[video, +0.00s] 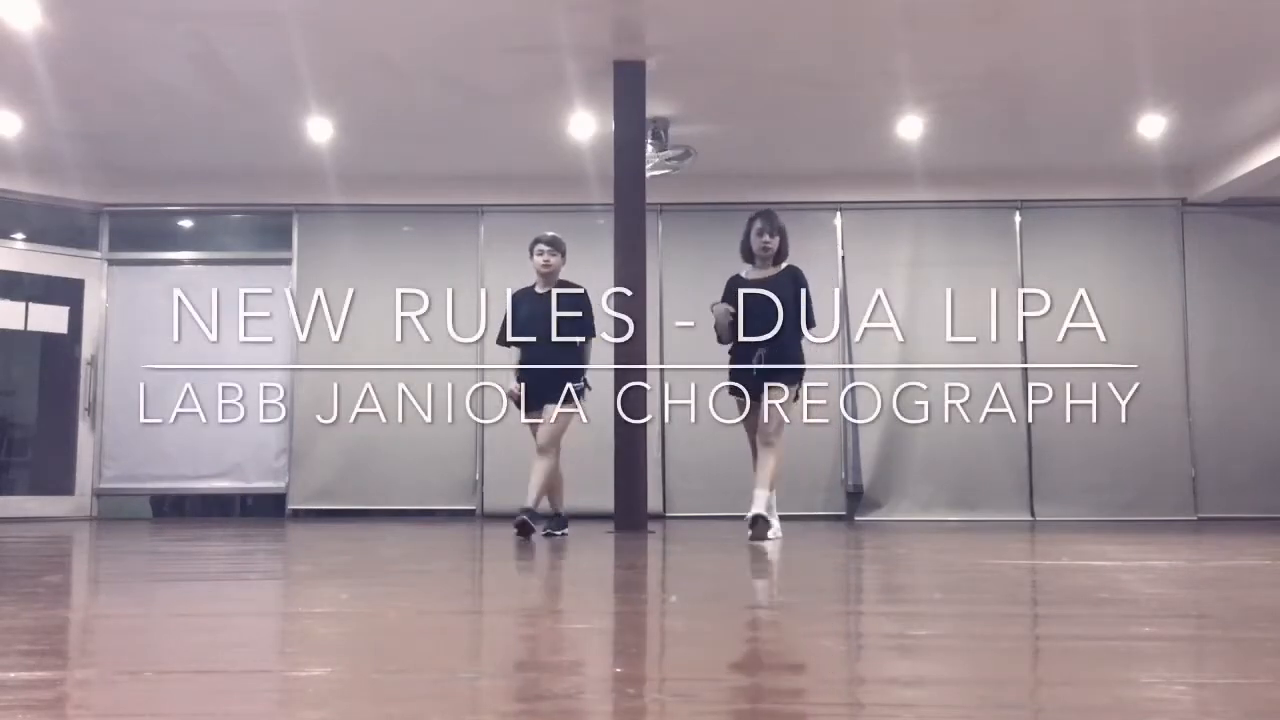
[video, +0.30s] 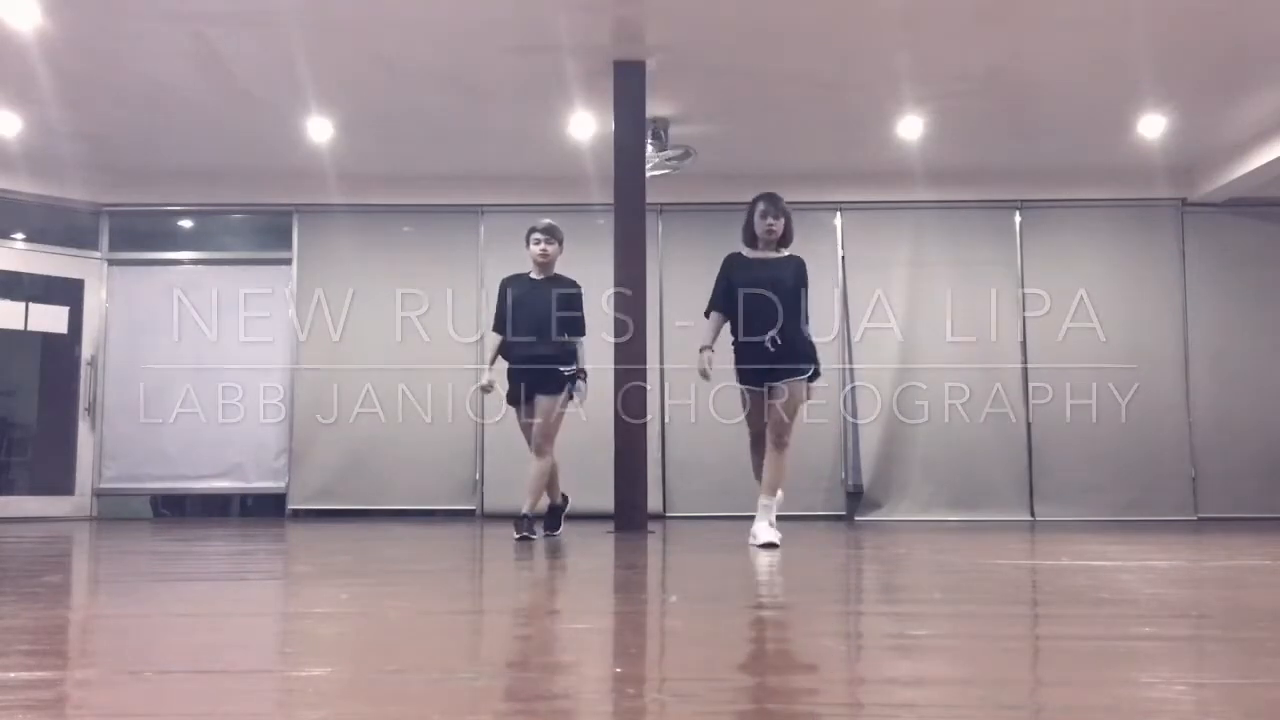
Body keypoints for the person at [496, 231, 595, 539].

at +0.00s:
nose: (546, 259)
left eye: (552, 254)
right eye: (540, 254)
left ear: (562, 260)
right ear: (532, 259)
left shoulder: (576, 295)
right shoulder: (519, 298)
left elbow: (585, 341)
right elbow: (518, 347)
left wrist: (581, 376)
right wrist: (514, 379)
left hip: (567, 382)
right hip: (531, 383)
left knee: (546, 445)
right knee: (546, 449)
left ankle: (527, 511)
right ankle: (558, 514)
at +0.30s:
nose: (542, 247)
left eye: (549, 242)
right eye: (536, 242)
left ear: (559, 248)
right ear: (527, 248)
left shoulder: (569, 288)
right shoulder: (510, 285)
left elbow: (576, 335)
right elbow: (499, 332)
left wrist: (580, 369)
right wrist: (487, 368)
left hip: (556, 371)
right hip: (519, 372)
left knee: (542, 443)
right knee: (537, 447)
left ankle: (526, 515)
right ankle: (557, 501)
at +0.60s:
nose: (541, 239)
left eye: (548, 234)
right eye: (535, 234)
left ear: (559, 240)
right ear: (526, 240)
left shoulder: (570, 283)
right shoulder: (508, 275)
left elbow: (576, 330)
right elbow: (492, 320)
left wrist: (579, 341)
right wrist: (484, 354)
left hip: (554, 369)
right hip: (514, 369)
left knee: (541, 448)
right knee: (514, 448)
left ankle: (529, 516)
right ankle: (522, 501)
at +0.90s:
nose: (540, 233)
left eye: (546, 228)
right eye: (533, 228)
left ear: (557, 233)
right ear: (523, 234)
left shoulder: (573, 276)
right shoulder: (507, 274)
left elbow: (584, 322)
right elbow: (490, 326)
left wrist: (570, 317)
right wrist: (479, 371)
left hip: (559, 371)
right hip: (518, 369)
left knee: (542, 443)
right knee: (536, 433)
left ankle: (525, 516)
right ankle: (535, 515)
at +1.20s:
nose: (537, 222)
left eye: (544, 216)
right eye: (530, 216)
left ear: (556, 221)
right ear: (520, 223)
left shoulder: (577, 254)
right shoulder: (513, 274)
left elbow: (595, 305)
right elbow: (504, 329)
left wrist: (597, 351)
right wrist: (494, 370)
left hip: (571, 363)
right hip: (526, 366)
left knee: (568, 453)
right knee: (544, 445)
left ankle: (548, 501)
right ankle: (555, 522)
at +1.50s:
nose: (551, 210)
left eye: (559, 204)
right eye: (543, 205)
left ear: (571, 211)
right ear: (533, 212)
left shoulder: (585, 260)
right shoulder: (514, 249)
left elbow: (599, 312)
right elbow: (496, 303)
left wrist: (611, 328)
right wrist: (511, 353)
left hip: (573, 356)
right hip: (527, 358)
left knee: (560, 431)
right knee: (527, 455)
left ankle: (567, 524)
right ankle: (559, 496)